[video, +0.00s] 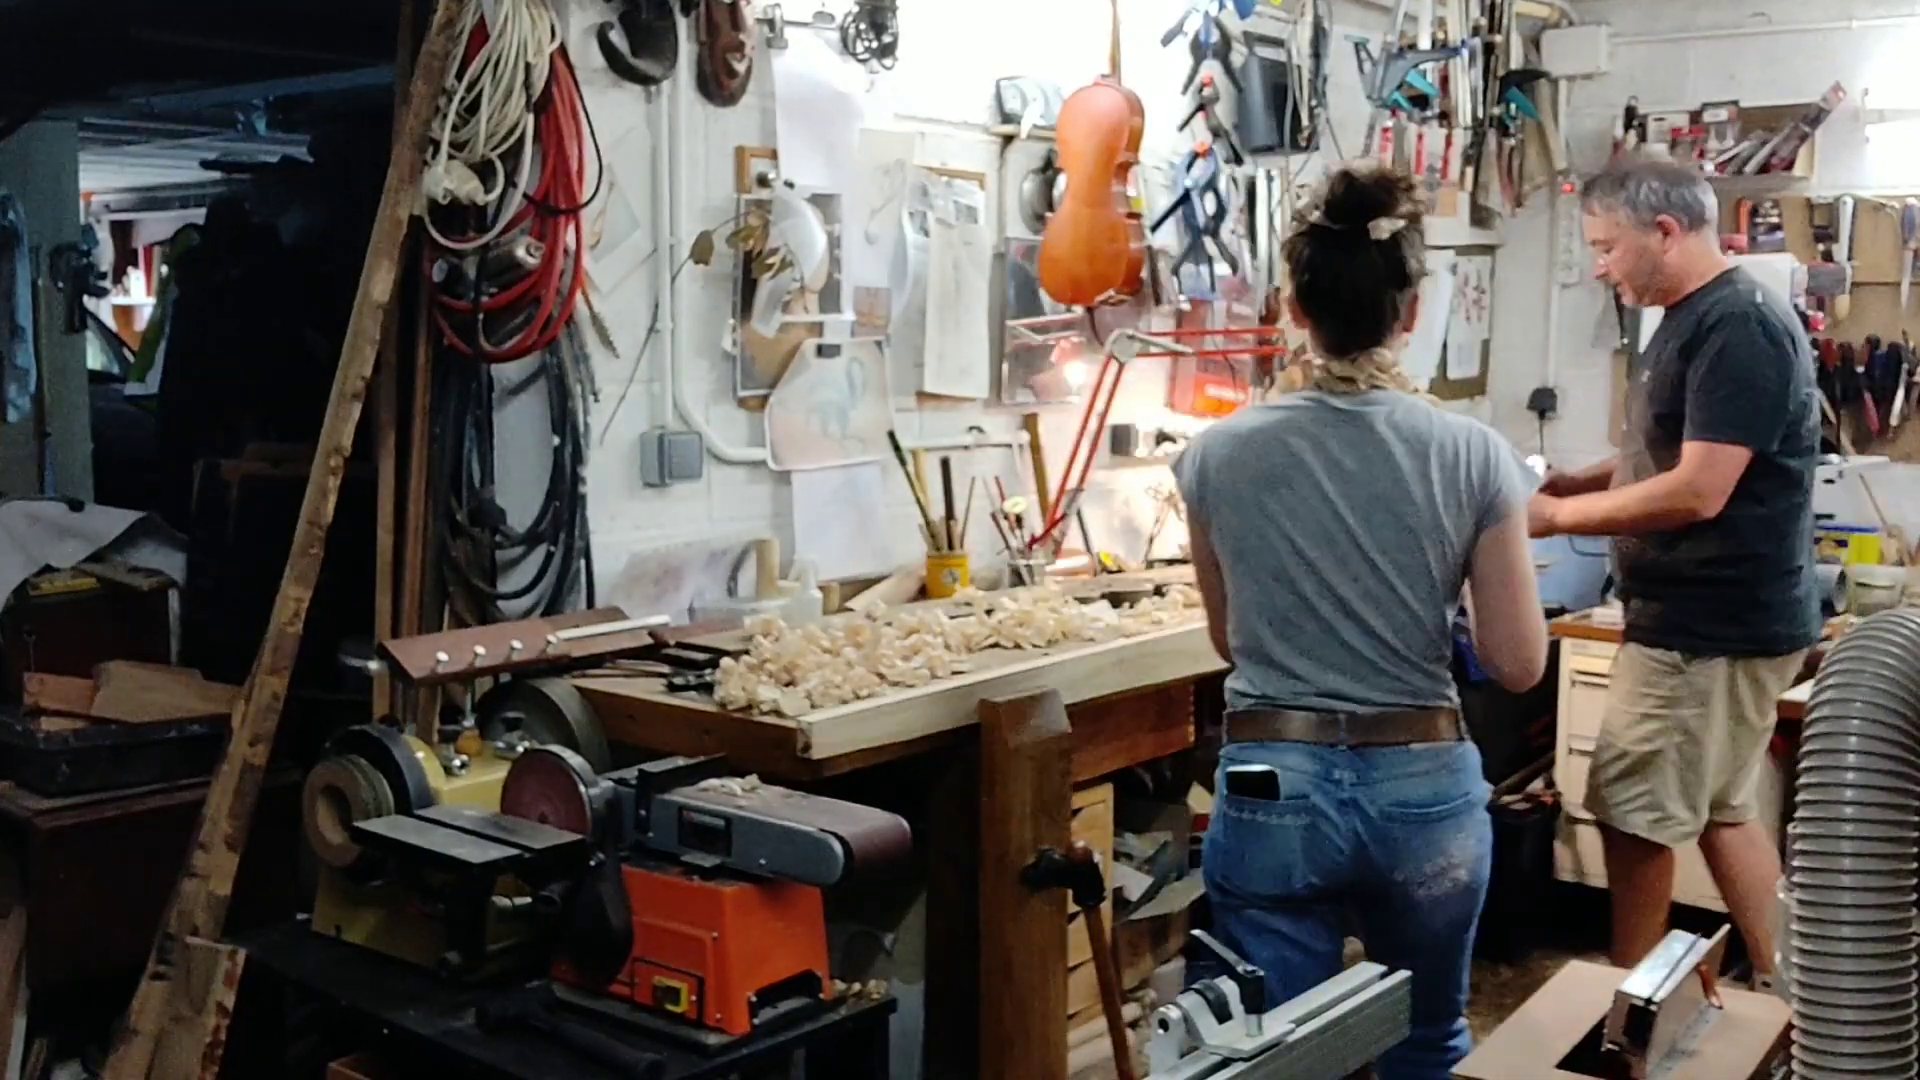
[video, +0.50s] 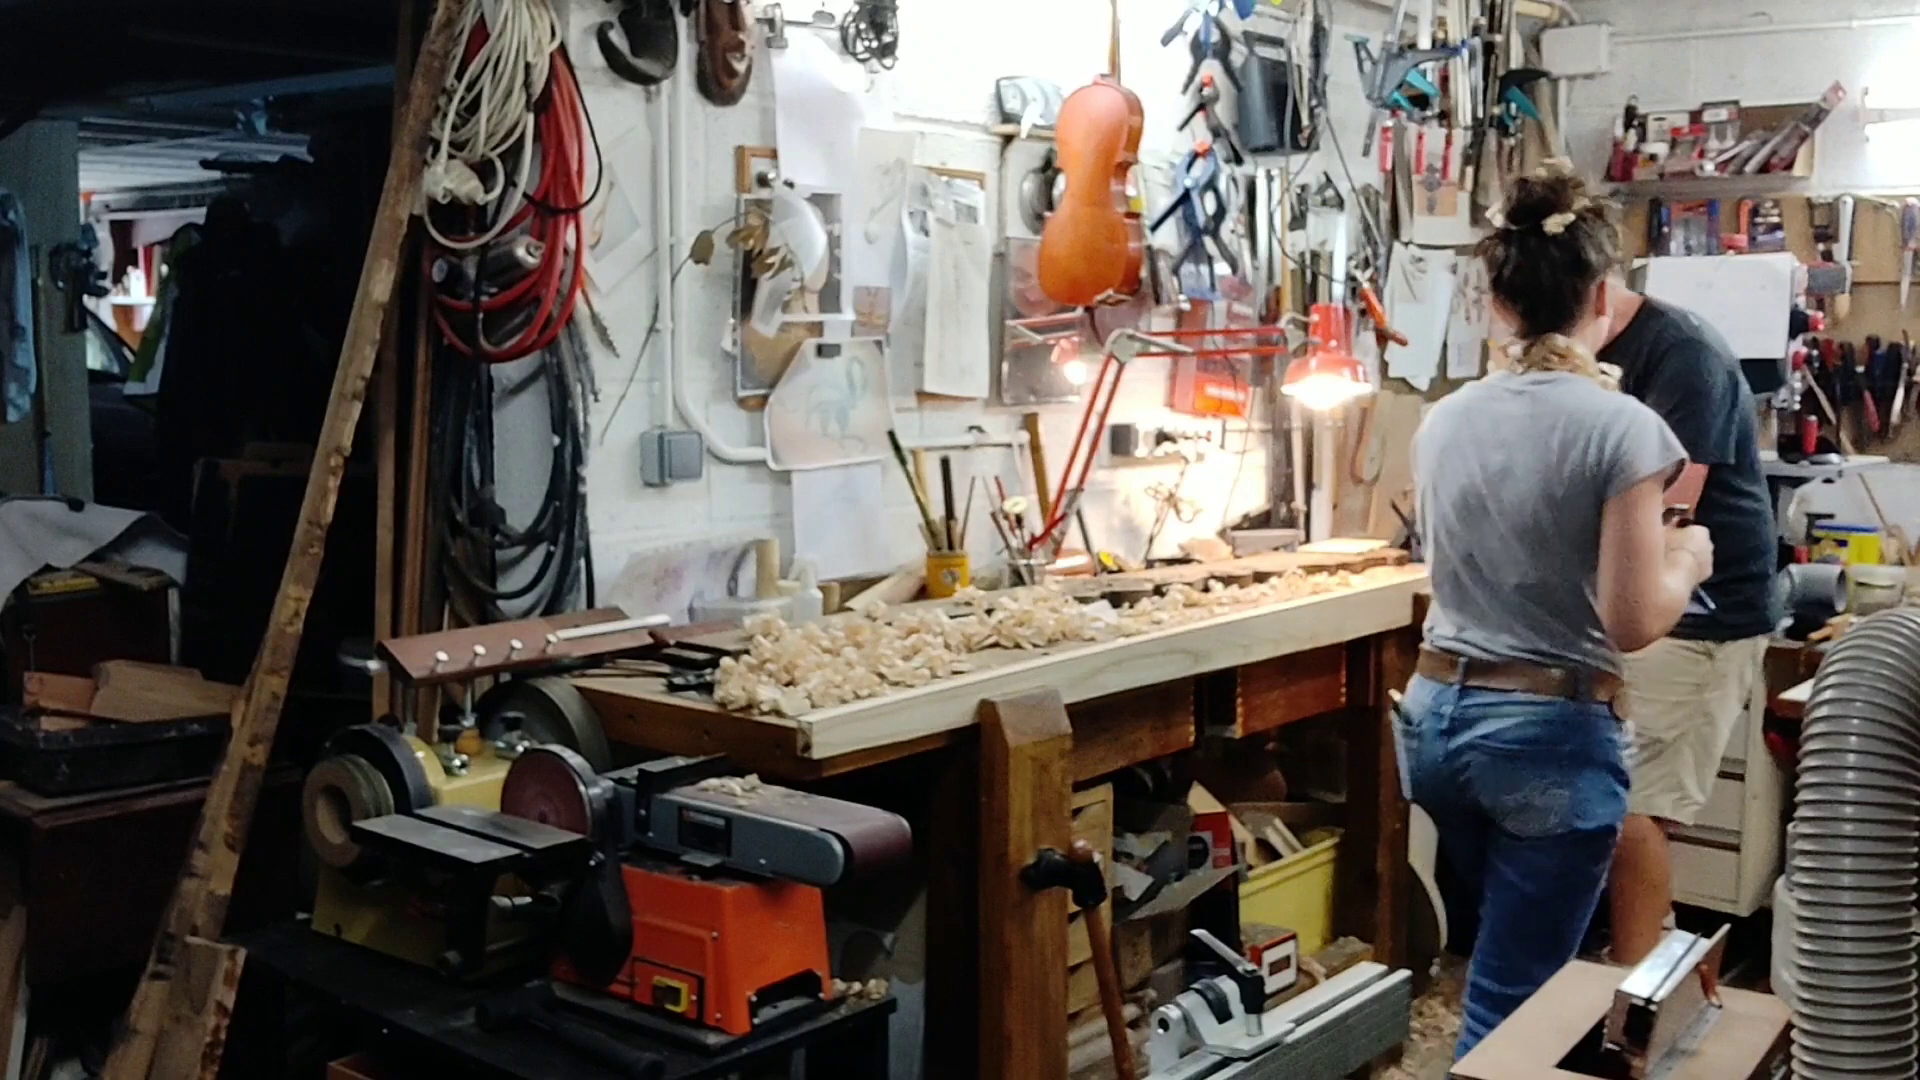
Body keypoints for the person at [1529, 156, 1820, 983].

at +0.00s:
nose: (1600, 270)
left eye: (1606, 248)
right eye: (1596, 251)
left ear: (1667, 230)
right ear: (1667, 234)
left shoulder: (1740, 324)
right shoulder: (1696, 318)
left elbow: (1699, 492)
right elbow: (1665, 457)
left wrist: (1558, 515)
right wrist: (1581, 481)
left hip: (1709, 628)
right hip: (1716, 620)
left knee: (1636, 810)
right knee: (1726, 808)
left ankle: (1632, 1009)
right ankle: (1778, 982)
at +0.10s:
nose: (1579, 285)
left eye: (1587, 264)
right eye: (1574, 267)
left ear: (1648, 247)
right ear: (1645, 252)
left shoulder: (1726, 338)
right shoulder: (1655, 339)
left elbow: (1683, 505)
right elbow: (1637, 464)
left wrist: (1550, 529)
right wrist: (1555, 503)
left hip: (1704, 632)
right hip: (1665, 618)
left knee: (1619, 819)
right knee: (1662, 800)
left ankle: (1627, 1017)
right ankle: (1762, 945)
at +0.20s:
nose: (1561, 292)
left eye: (1569, 272)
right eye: (1557, 275)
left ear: (1628, 254)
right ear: (1624, 260)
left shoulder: (1714, 337)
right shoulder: (1633, 343)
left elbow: (1673, 501)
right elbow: (1626, 481)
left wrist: (1554, 529)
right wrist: (1552, 527)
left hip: (1702, 625)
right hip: (1647, 614)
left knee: (1633, 813)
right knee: (1637, 784)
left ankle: (1633, 1007)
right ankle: (1729, 938)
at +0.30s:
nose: (1555, 294)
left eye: (1560, 270)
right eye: (1550, 274)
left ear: (1615, 253)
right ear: (1612, 258)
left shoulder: (1705, 335)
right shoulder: (1608, 339)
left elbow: (1664, 500)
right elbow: (1585, 460)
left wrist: (1564, 509)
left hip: (1711, 614)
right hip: (1644, 602)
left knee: (1645, 818)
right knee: (1635, 809)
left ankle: (1641, 1016)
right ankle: (1692, 996)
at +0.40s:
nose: (1559, 303)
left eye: (1564, 284)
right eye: (1553, 286)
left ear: (1609, 264)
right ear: (1598, 267)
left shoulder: (1695, 343)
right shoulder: (1607, 346)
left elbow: (1666, 502)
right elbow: (1599, 465)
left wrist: (1563, 501)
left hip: (1709, 618)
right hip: (1648, 605)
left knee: (1640, 814)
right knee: (1623, 807)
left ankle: (1633, 994)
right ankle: (1637, 985)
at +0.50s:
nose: (1553, 328)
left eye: (1557, 314)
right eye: (1547, 316)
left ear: (1596, 292)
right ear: (1598, 287)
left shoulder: (1687, 355)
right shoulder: (1596, 353)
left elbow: (1666, 509)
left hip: (1704, 618)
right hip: (1632, 604)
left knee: (1634, 813)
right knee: (1603, 802)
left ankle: (1637, 990)